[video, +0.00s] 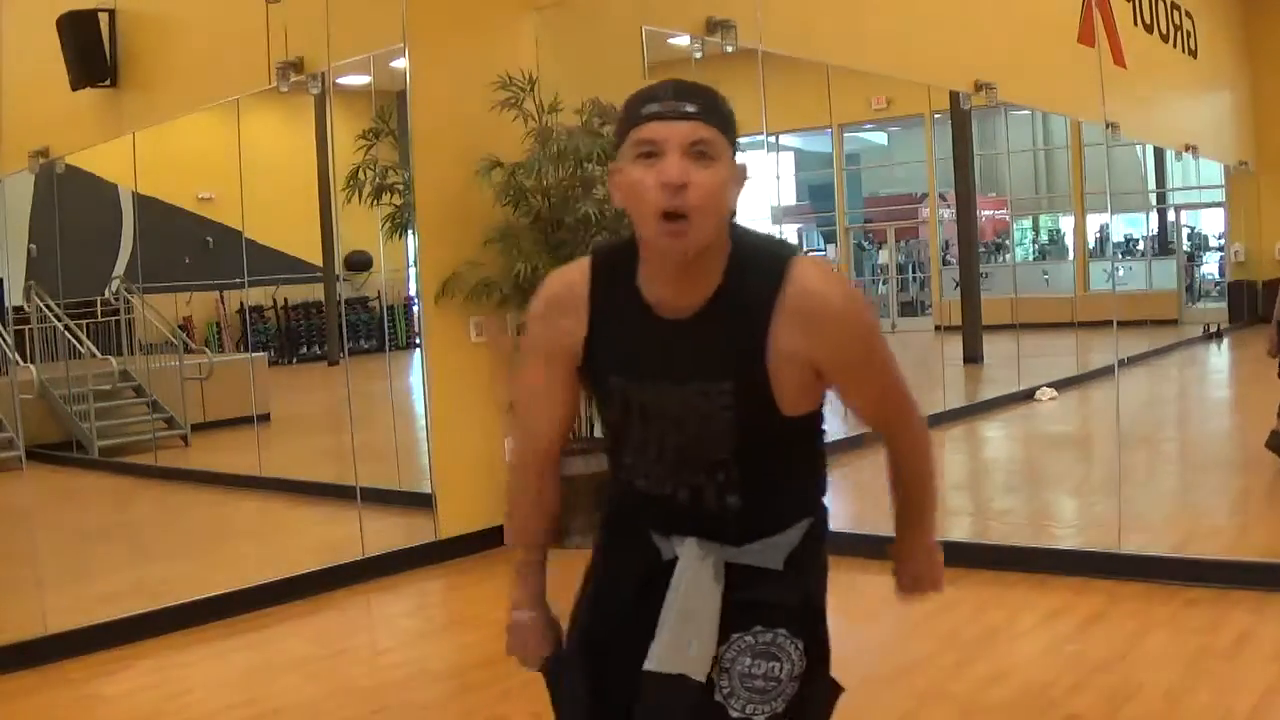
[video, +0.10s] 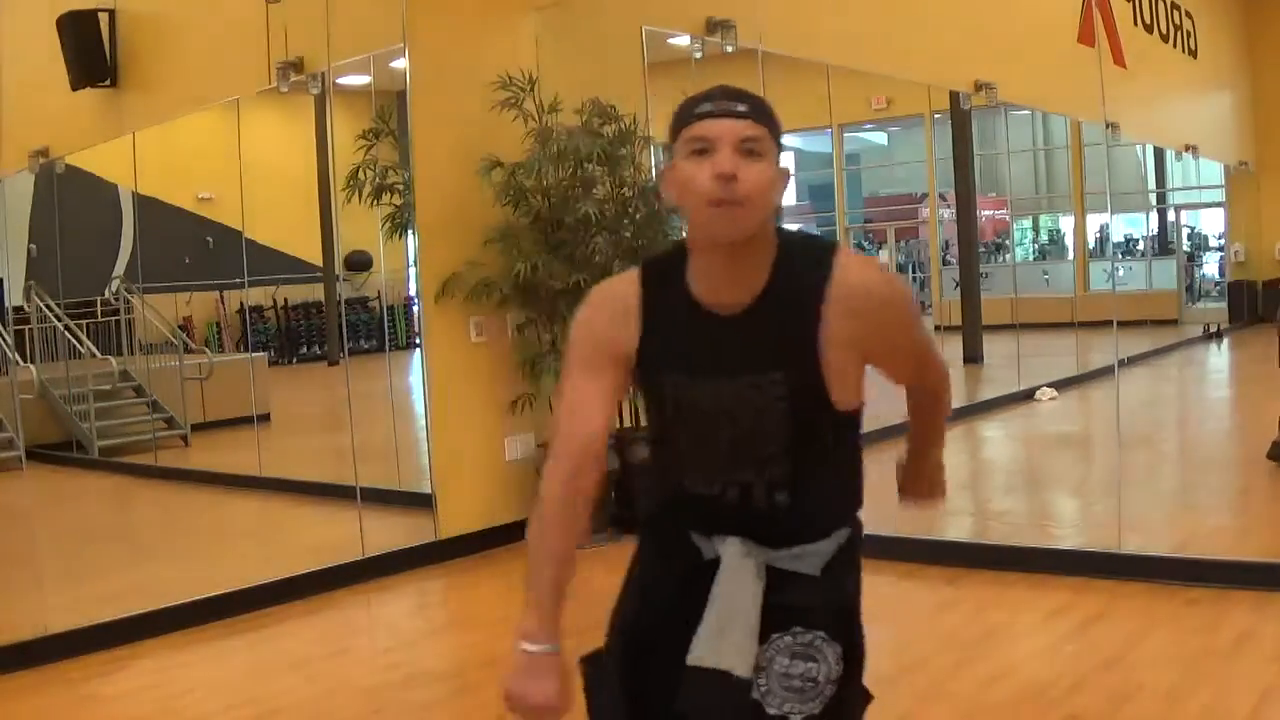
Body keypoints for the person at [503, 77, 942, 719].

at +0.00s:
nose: (673, 176)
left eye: (700, 155)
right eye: (648, 155)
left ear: (736, 181)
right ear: (616, 184)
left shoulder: (810, 299)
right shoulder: (571, 300)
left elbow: (905, 428)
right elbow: (535, 455)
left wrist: (918, 547)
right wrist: (527, 599)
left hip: (763, 577)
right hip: (634, 568)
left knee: (759, 706)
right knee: (594, 700)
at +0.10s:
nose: (725, 168)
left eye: (751, 151)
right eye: (700, 150)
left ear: (782, 181)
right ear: (669, 183)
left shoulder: (855, 292)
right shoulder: (619, 309)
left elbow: (928, 380)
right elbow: (572, 471)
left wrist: (924, 464)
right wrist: (538, 638)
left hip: (804, 576)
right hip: (675, 571)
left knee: (797, 705)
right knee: (636, 701)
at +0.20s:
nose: (797, 146)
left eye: (816, 130)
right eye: (770, 131)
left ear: (840, 156)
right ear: (732, 165)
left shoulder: (904, 273)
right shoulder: (673, 293)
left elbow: (927, 346)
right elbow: (643, 446)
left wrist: (841, 427)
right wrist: (663, 573)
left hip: (850, 560)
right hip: (720, 561)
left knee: (844, 705)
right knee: (678, 704)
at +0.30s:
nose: (918, 80)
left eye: (922, 66)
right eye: (891, 66)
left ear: (934, 88)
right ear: (826, 90)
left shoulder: (961, 209)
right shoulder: (750, 218)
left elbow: (936, 330)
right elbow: (739, 366)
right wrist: (820, 465)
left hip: (913, 495)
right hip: (781, 500)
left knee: (918, 697)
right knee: (747, 703)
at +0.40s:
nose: (1037, 41)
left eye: (1033, 23)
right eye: (1015, 21)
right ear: (945, 34)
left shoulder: (1014, 167)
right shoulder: (847, 151)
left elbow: (1013, 292)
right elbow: (820, 318)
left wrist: (975, 391)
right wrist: (907, 448)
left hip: (958, 432)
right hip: (845, 439)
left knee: (1024, 615)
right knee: (806, 659)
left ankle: (973, 711)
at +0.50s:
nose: (1133, 74)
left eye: (1129, 56)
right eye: (1116, 53)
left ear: (1068, 65)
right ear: (1055, 60)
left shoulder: (1072, 189)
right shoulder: (957, 161)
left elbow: (1077, 331)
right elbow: (922, 334)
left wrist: (1088, 459)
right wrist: (964, 501)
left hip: (992, 428)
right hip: (895, 431)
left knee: (1092, 584)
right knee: (869, 647)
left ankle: (1092, 712)